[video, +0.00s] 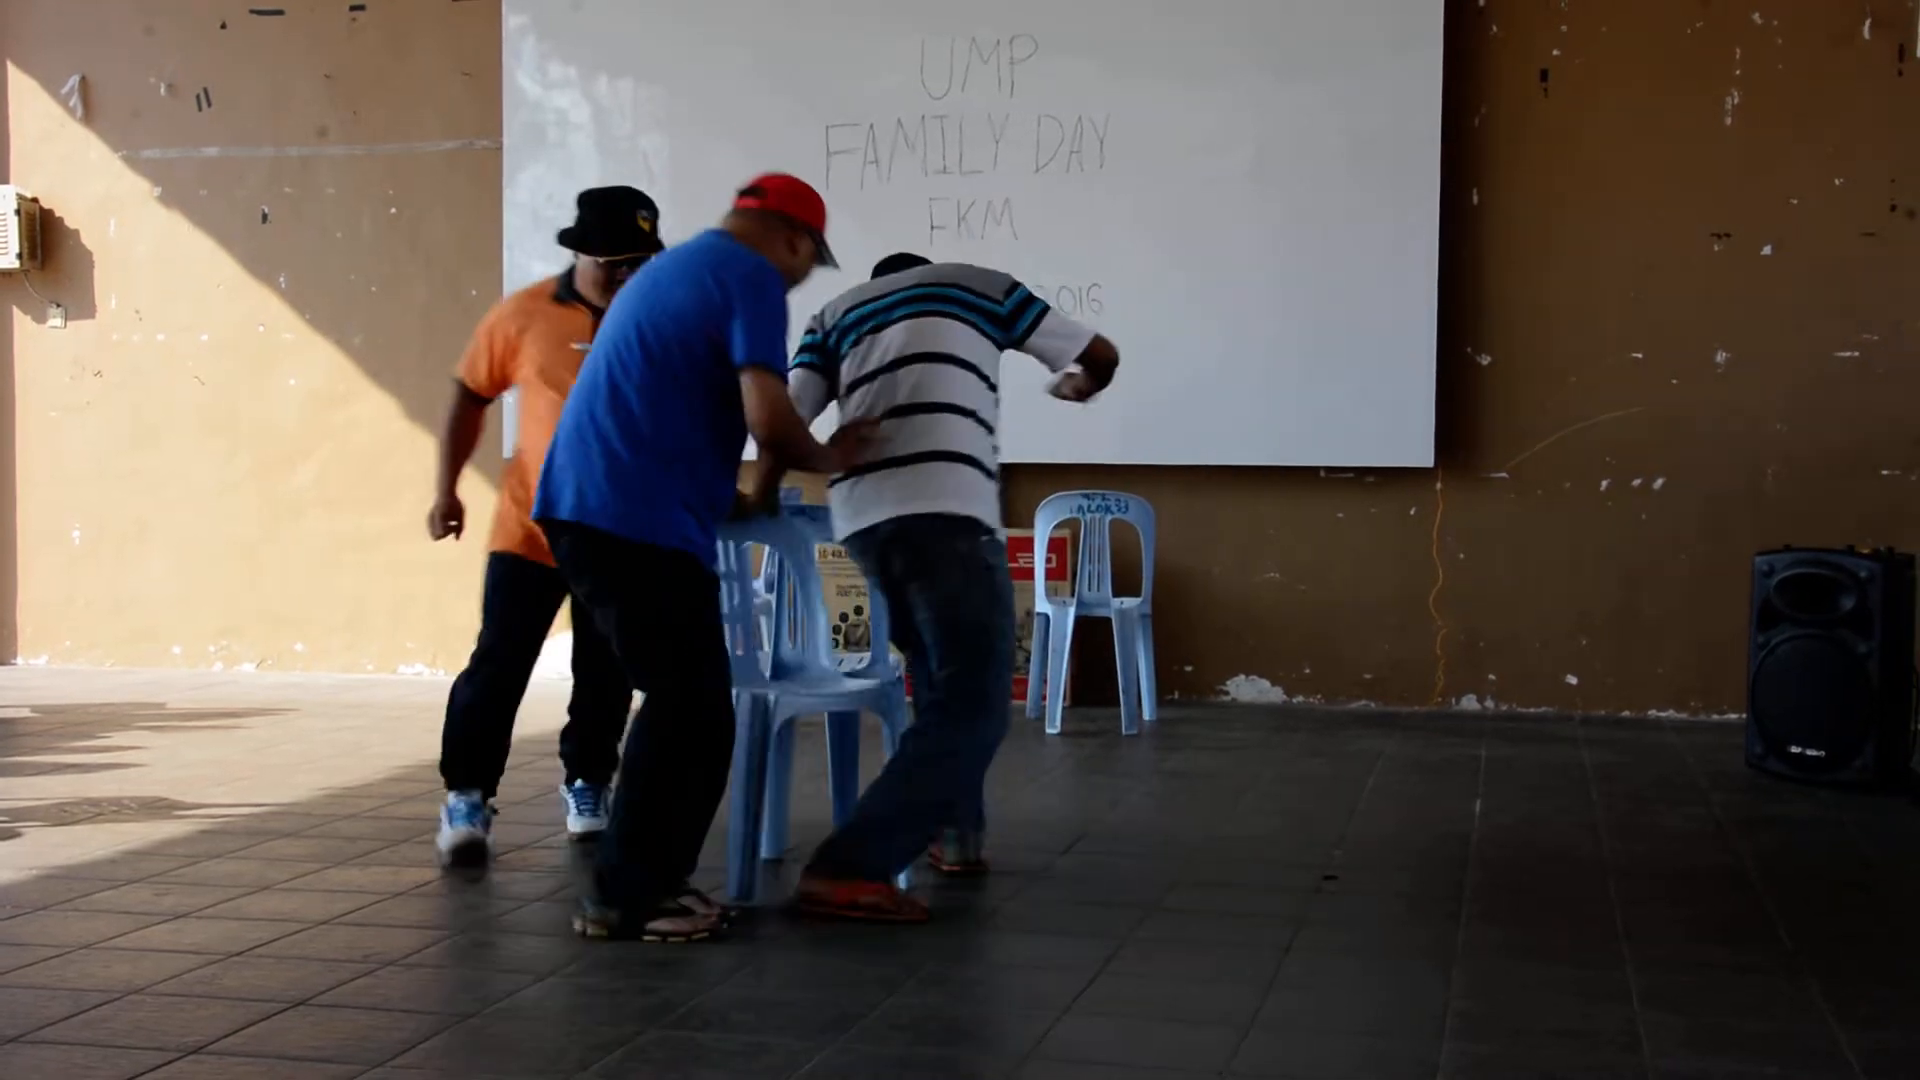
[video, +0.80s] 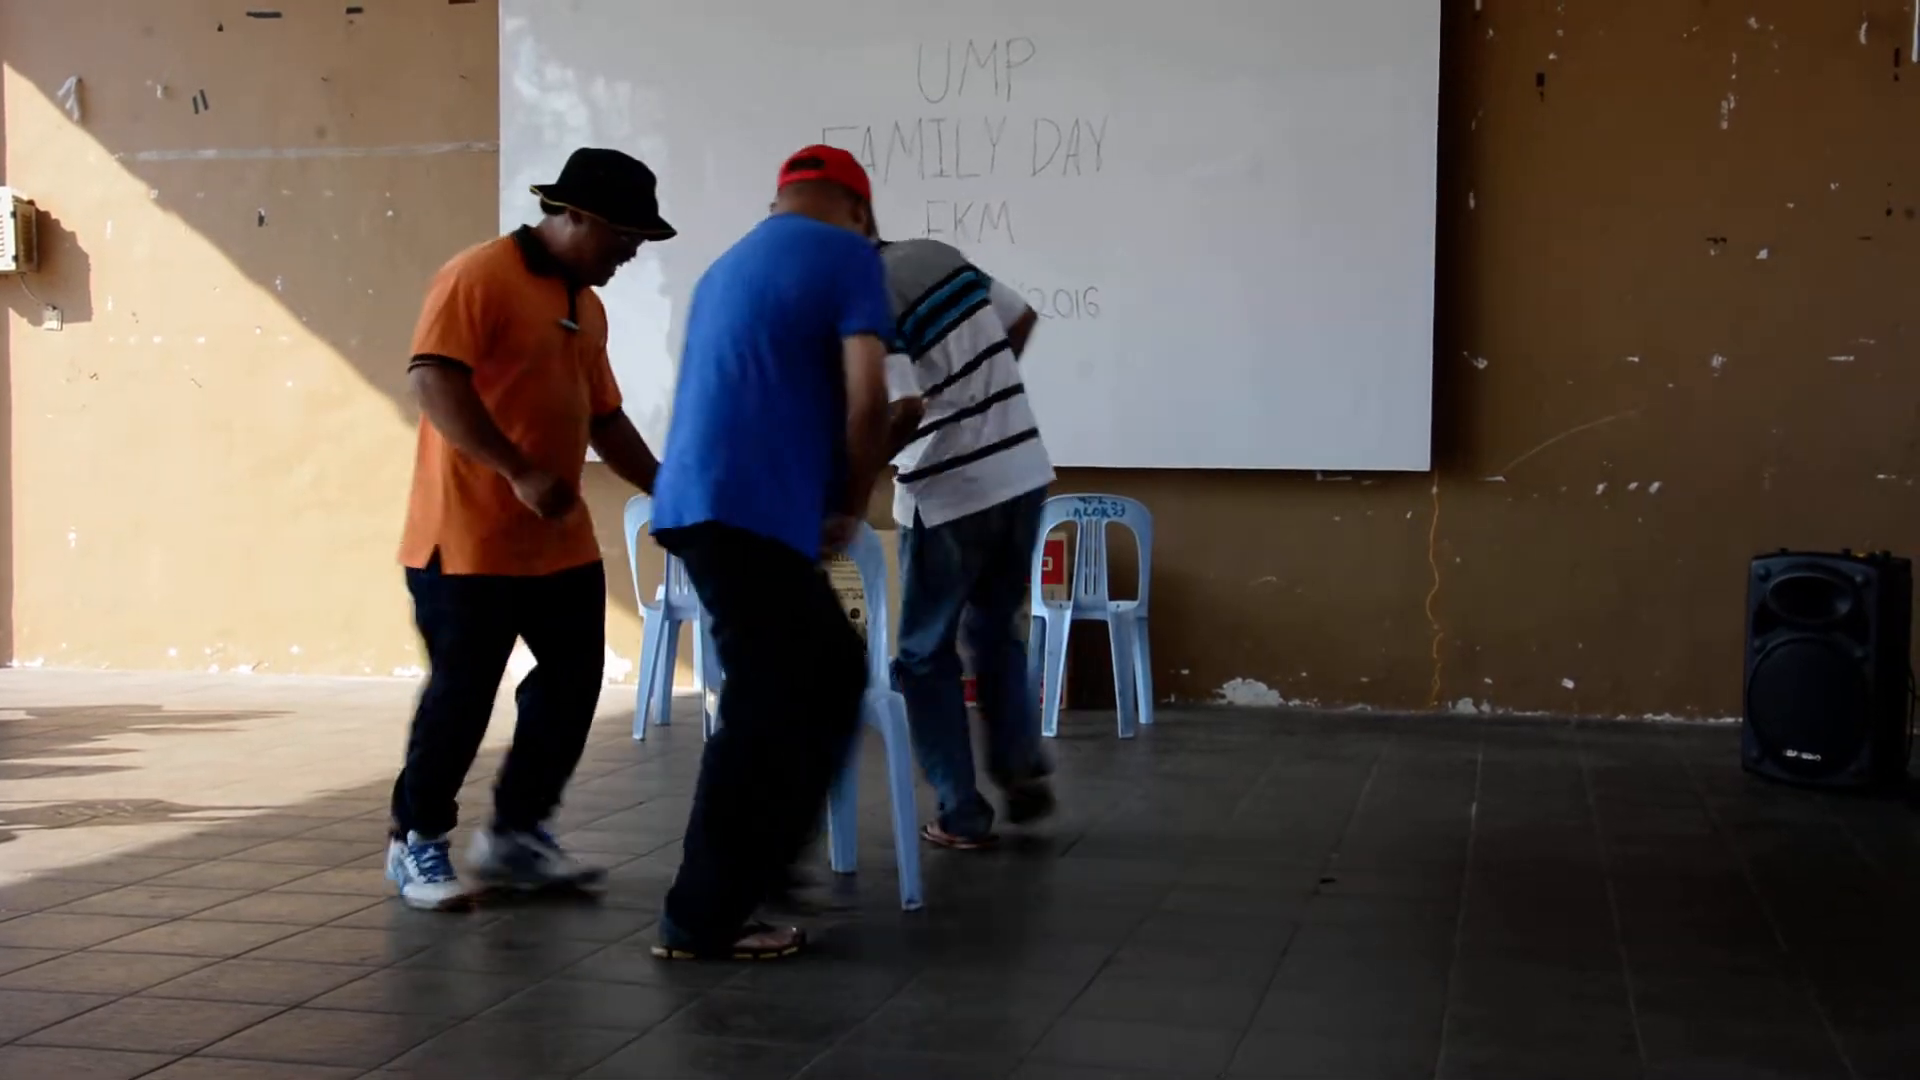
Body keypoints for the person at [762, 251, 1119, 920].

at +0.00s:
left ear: (872, 277)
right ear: (931, 266)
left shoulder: (834, 314)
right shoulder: (978, 284)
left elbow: (782, 421)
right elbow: (1101, 353)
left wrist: (757, 493)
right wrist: (1076, 385)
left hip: (865, 521)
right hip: (949, 507)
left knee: (935, 682)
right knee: (974, 705)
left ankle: (957, 836)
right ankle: (846, 871)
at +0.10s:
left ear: (867, 275)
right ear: (930, 262)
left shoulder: (841, 308)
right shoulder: (980, 279)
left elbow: (802, 413)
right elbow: (1088, 369)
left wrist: (778, 496)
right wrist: (1034, 400)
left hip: (885, 521)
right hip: (973, 503)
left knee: (936, 683)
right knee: (998, 697)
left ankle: (957, 843)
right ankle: (872, 830)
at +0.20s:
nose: (845, 298)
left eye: (845, 288)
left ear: (861, 270)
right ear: (925, 252)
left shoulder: (851, 297)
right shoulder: (982, 268)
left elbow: (817, 387)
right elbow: (1075, 373)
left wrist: (797, 488)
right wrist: (1011, 416)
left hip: (905, 510)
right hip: (999, 491)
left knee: (939, 675)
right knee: (1019, 673)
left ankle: (959, 848)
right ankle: (950, 798)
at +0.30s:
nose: (844, 287)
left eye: (845, 276)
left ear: (863, 259)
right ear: (918, 243)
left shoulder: (861, 283)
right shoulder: (994, 261)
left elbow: (846, 376)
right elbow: (1070, 373)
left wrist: (821, 470)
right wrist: (1019, 426)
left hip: (928, 499)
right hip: (1024, 487)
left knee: (946, 667)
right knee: (1032, 658)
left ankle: (963, 840)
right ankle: (1029, 817)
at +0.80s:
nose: (817, 242)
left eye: (819, 227)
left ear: (847, 221)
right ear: (869, 214)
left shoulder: (864, 293)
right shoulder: (936, 253)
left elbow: (905, 406)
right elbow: (1020, 316)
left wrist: (859, 468)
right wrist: (982, 386)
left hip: (953, 495)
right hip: (1026, 473)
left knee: (923, 653)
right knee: (996, 629)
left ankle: (962, 814)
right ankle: (1022, 773)